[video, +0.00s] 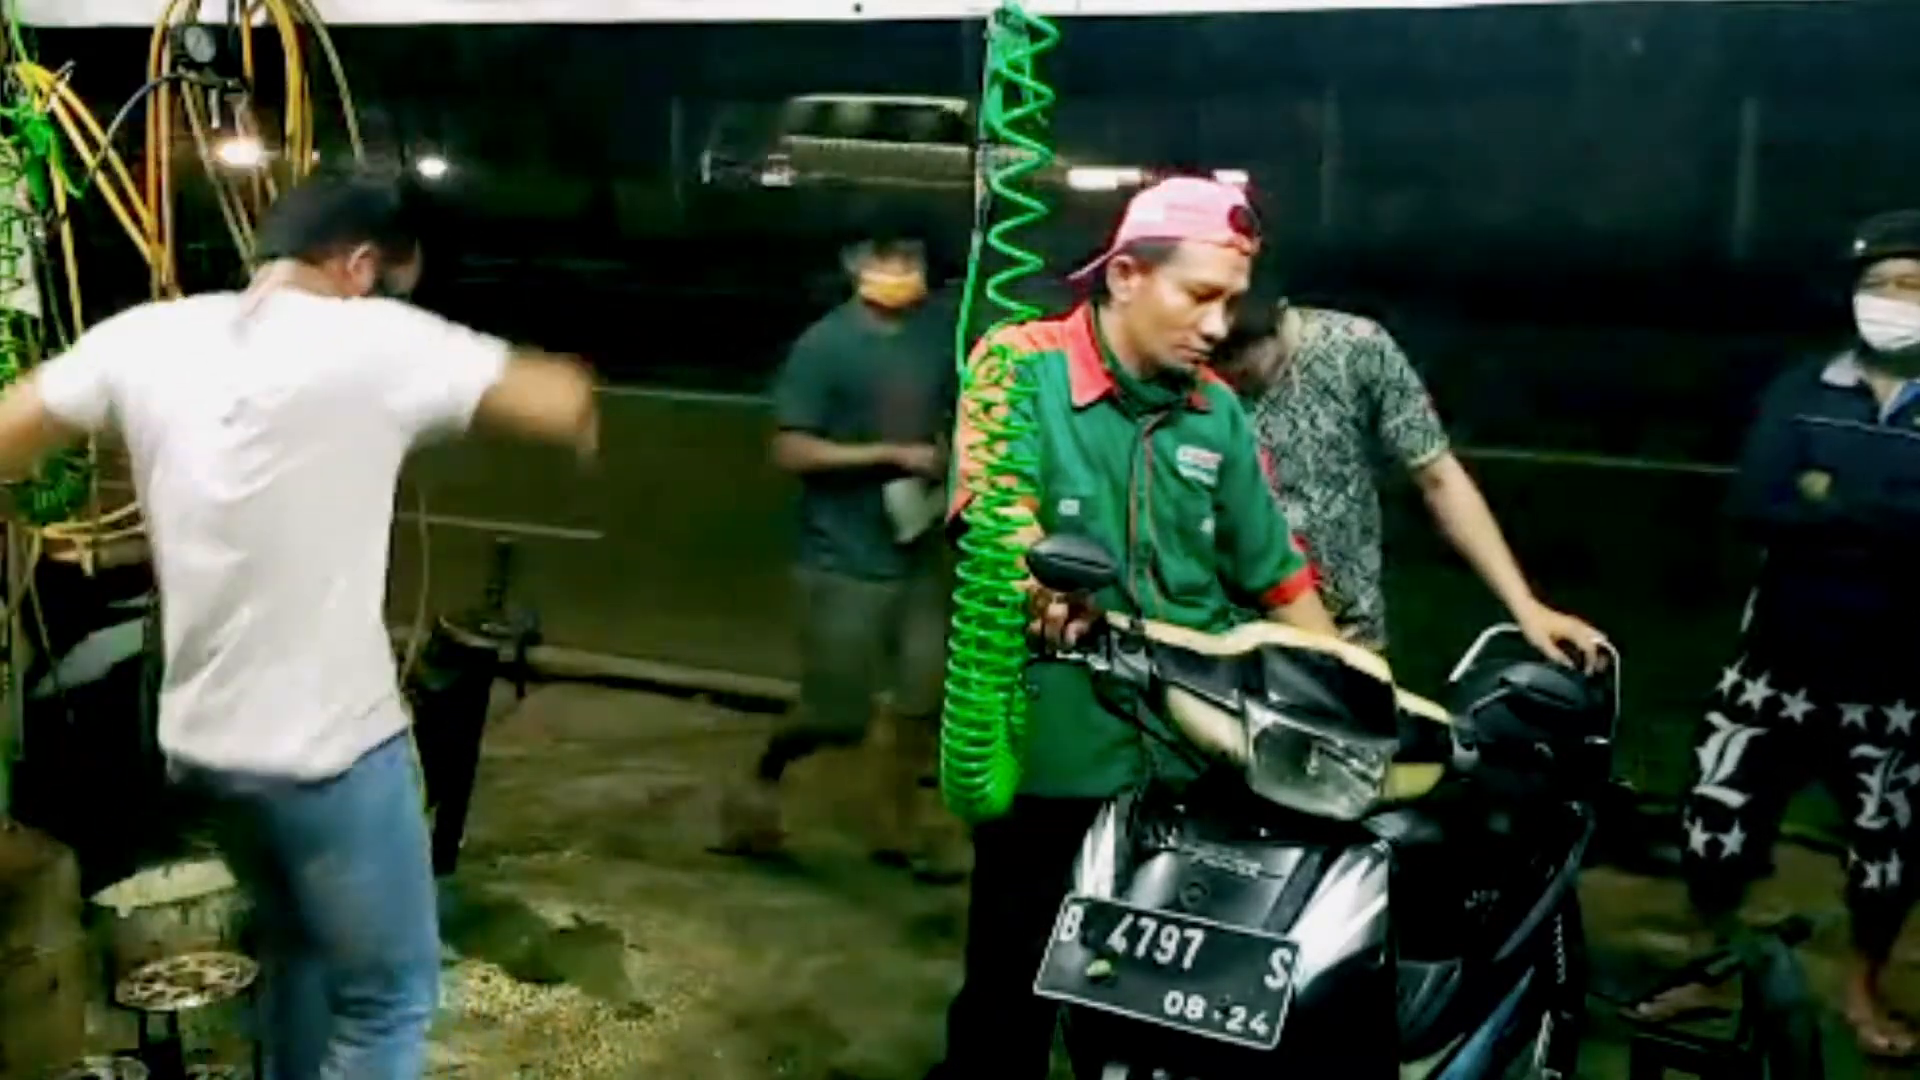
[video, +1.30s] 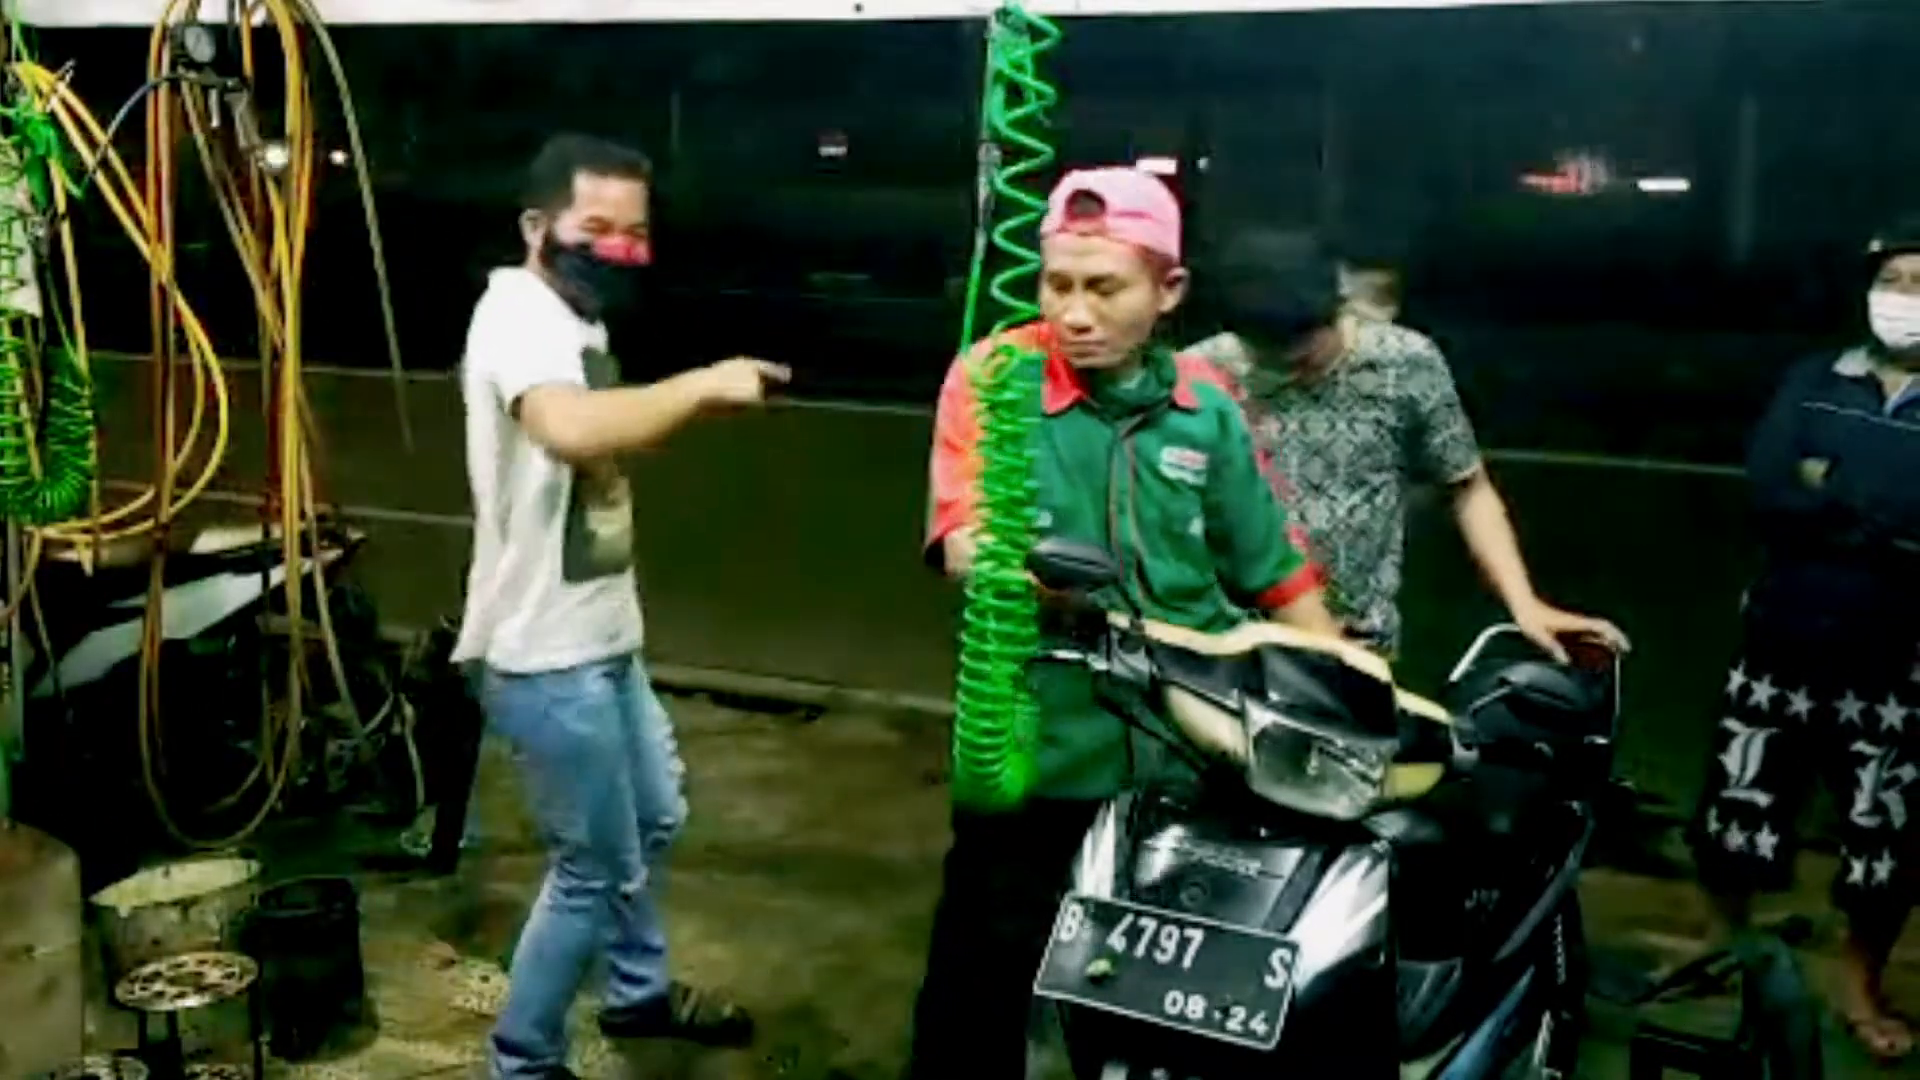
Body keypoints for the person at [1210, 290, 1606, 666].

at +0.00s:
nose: (1236, 381)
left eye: (1247, 365)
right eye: (1223, 369)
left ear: (1276, 327)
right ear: (1203, 348)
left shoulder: (1356, 352)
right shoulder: (1177, 379)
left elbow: (1440, 481)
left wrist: (1528, 609)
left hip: (1342, 645)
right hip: (1219, 650)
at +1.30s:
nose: (1295, 360)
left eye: (1305, 342)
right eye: (1274, 348)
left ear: (1335, 309)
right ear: (1244, 330)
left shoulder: (1406, 365)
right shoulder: (1207, 374)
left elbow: (1468, 489)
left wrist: (1526, 606)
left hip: (1354, 651)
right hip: (1230, 646)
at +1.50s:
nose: (1336, 357)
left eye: (1352, 338)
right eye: (1318, 343)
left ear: (1381, 314)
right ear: (1286, 324)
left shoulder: (1435, 364)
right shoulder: (1229, 373)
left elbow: (1478, 490)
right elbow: (1190, 507)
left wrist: (1528, 607)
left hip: (1374, 653)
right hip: (1252, 648)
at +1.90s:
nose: (1336, 401)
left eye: (1356, 388)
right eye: (1322, 386)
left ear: (1386, 362)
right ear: (1295, 353)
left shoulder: (1443, 385)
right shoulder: (1236, 378)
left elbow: (1485, 502)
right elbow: (1182, 484)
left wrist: (1530, 608)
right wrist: (1224, 592)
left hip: (1387, 661)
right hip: (1262, 648)